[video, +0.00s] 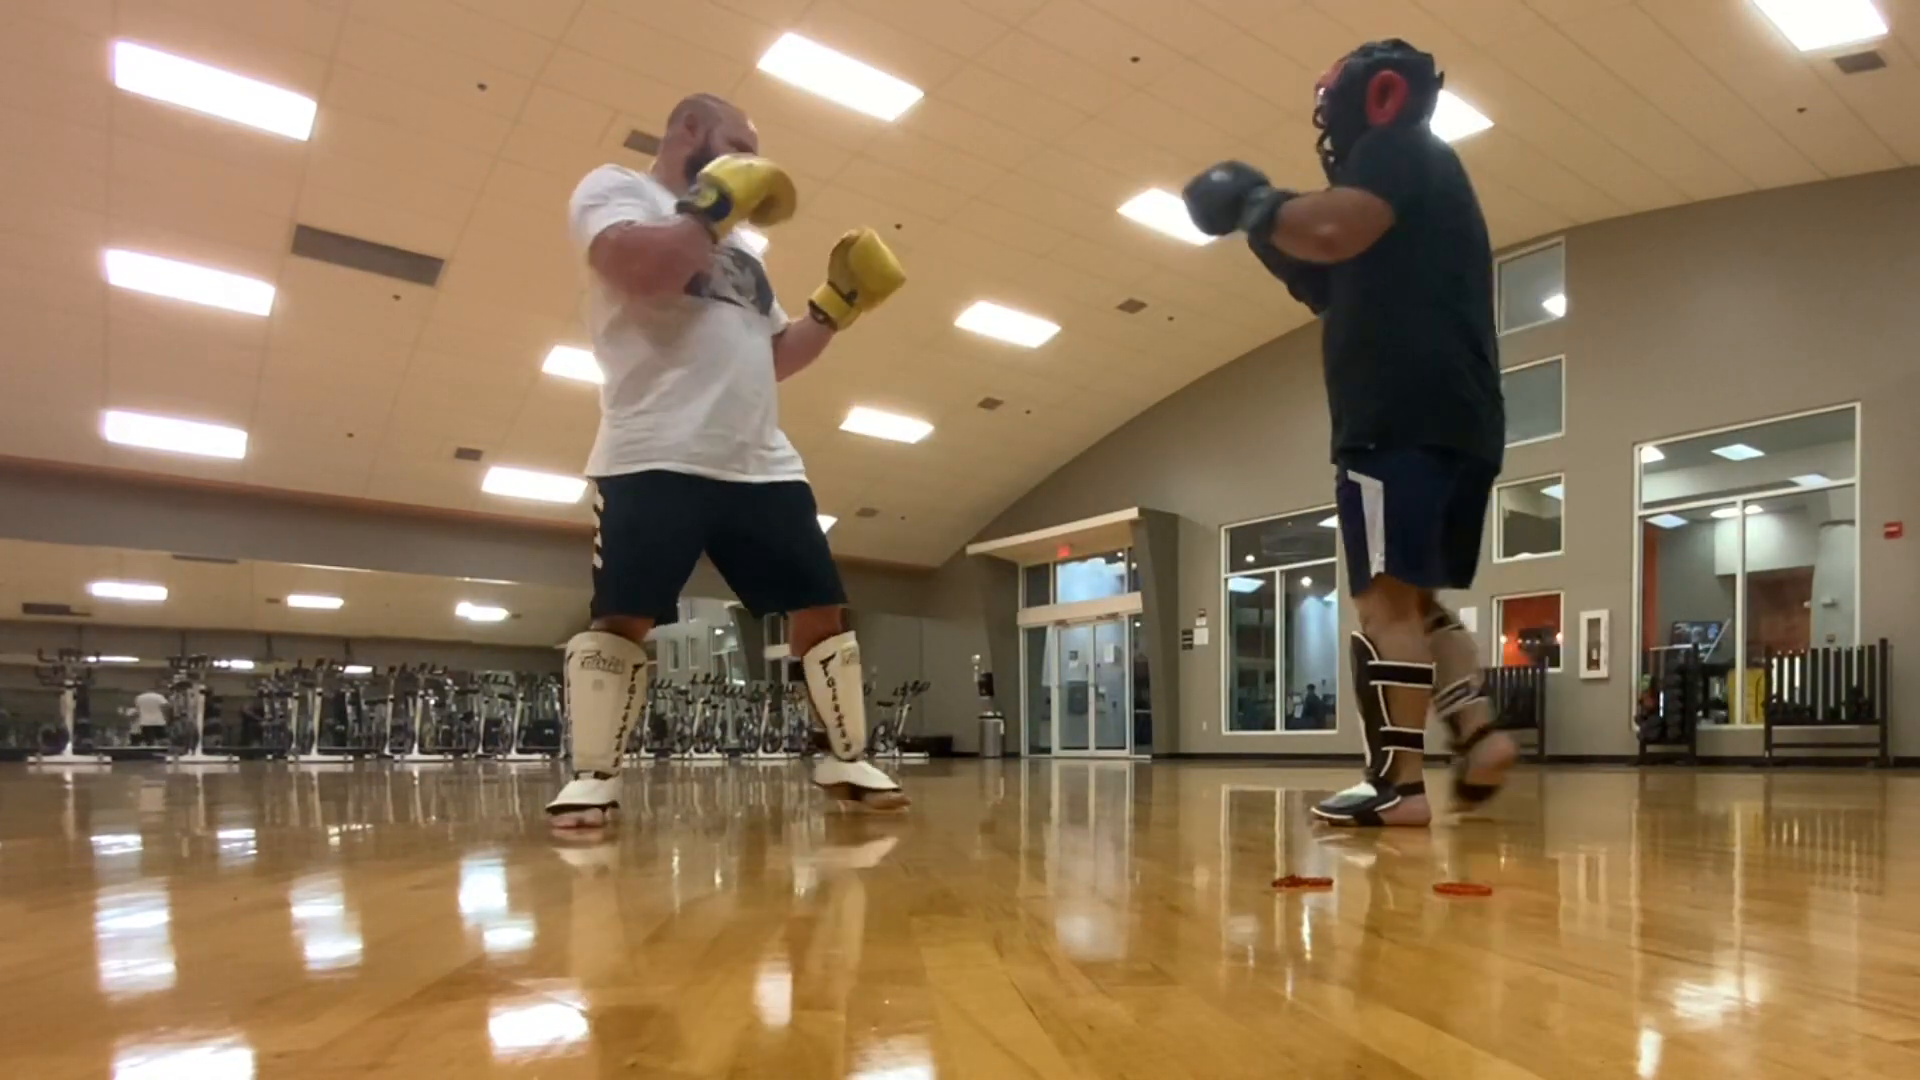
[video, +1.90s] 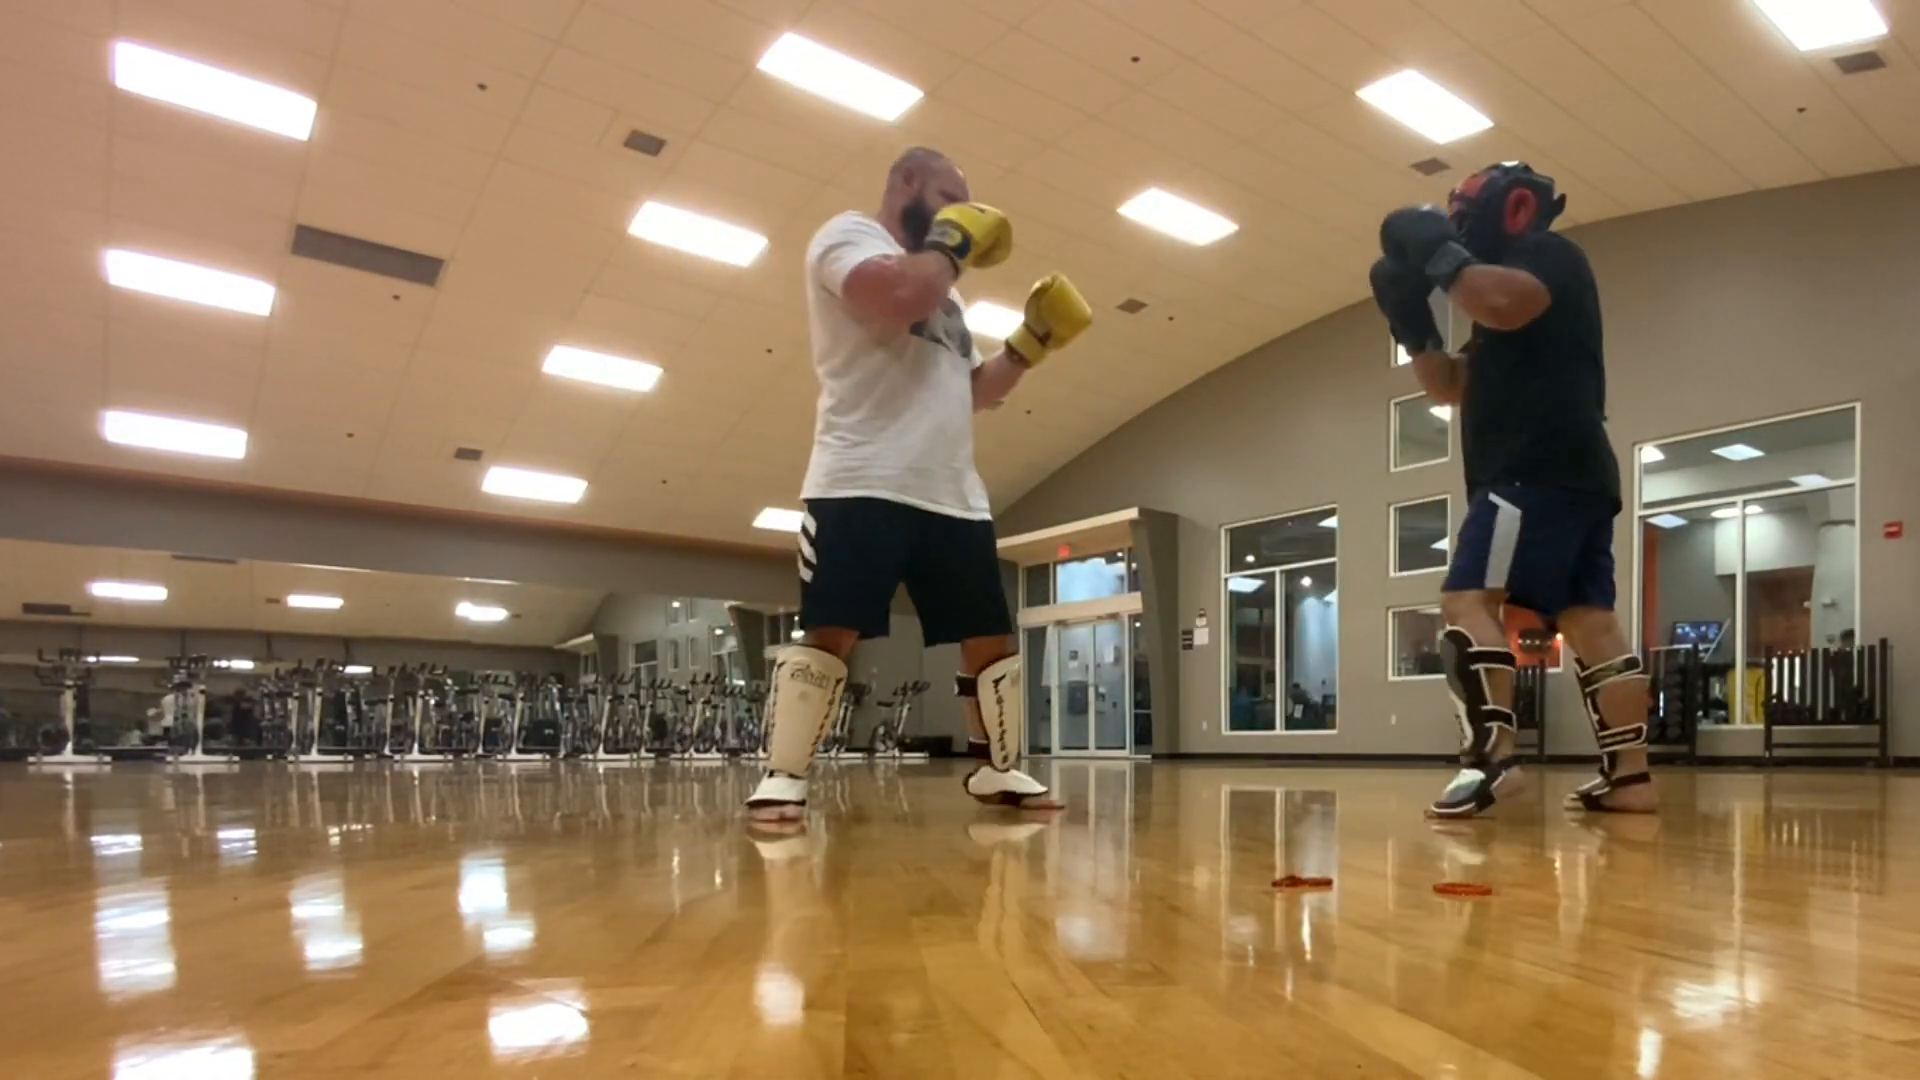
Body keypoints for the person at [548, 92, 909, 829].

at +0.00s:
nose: (752, 166)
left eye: (755, 159)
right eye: (741, 149)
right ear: (687, 130)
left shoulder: (744, 258)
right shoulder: (616, 188)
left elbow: (769, 359)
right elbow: (640, 270)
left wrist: (834, 307)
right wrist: (718, 203)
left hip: (758, 456)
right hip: (654, 450)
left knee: (818, 598)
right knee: (626, 609)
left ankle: (847, 756)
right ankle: (593, 777)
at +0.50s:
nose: (833, 176)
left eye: (839, 167)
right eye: (830, 160)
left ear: (800, 148)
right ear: (785, 138)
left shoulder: (826, 249)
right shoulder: (709, 186)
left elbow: (885, 345)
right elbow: (744, 269)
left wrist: (926, 287)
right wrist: (820, 210)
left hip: (819, 445)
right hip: (727, 436)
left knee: (894, 590)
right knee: (743, 600)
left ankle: (896, 742)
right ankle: (702, 785)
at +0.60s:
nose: (840, 188)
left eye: (842, 177)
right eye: (832, 171)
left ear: (798, 160)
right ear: (785, 153)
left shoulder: (816, 248)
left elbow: (902, 326)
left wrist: (939, 275)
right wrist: (861, 200)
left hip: (811, 437)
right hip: (730, 450)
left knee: (947, 458)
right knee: (754, 611)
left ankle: (936, 610)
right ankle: (707, 788)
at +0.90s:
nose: (826, 160)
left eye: (829, 148)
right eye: (815, 144)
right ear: (760, 131)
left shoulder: (850, 229)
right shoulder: (702, 211)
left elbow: (909, 306)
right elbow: (705, 269)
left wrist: (984, 361)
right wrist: (797, 202)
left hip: (885, 431)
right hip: (781, 443)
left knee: (1001, 531)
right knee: (769, 598)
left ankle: (1013, 680)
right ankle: (706, 782)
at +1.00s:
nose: (861, 163)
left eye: (865, 150)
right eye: (848, 147)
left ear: (863, 153)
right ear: (797, 143)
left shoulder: (878, 234)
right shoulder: (737, 229)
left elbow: (915, 319)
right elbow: (729, 306)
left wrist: (987, 341)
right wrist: (805, 234)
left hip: (915, 452)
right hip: (808, 456)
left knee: (991, 593)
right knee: (778, 609)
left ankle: (1033, 747)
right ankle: (706, 781)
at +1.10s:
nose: (899, 182)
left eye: (903, 170)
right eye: (887, 166)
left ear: (900, 173)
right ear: (838, 161)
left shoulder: (922, 257)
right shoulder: (783, 250)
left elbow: (986, 320)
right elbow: (783, 341)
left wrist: (1055, 304)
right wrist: (846, 254)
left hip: (941, 470)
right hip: (840, 469)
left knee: (991, 613)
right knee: (799, 619)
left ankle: (1016, 776)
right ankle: (716, 778)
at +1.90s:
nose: (960, 212)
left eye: (965, 203)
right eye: (952, 196)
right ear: (906, 183)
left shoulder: (944, 298)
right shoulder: (847, 236)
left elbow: (978, 390)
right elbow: (893, 304)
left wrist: (1031, 342)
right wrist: (950, 242)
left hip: (951, 487)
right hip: (861, 475)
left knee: (986, 630)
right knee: (833, 627)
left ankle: (1002, 770)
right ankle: (783, 778)